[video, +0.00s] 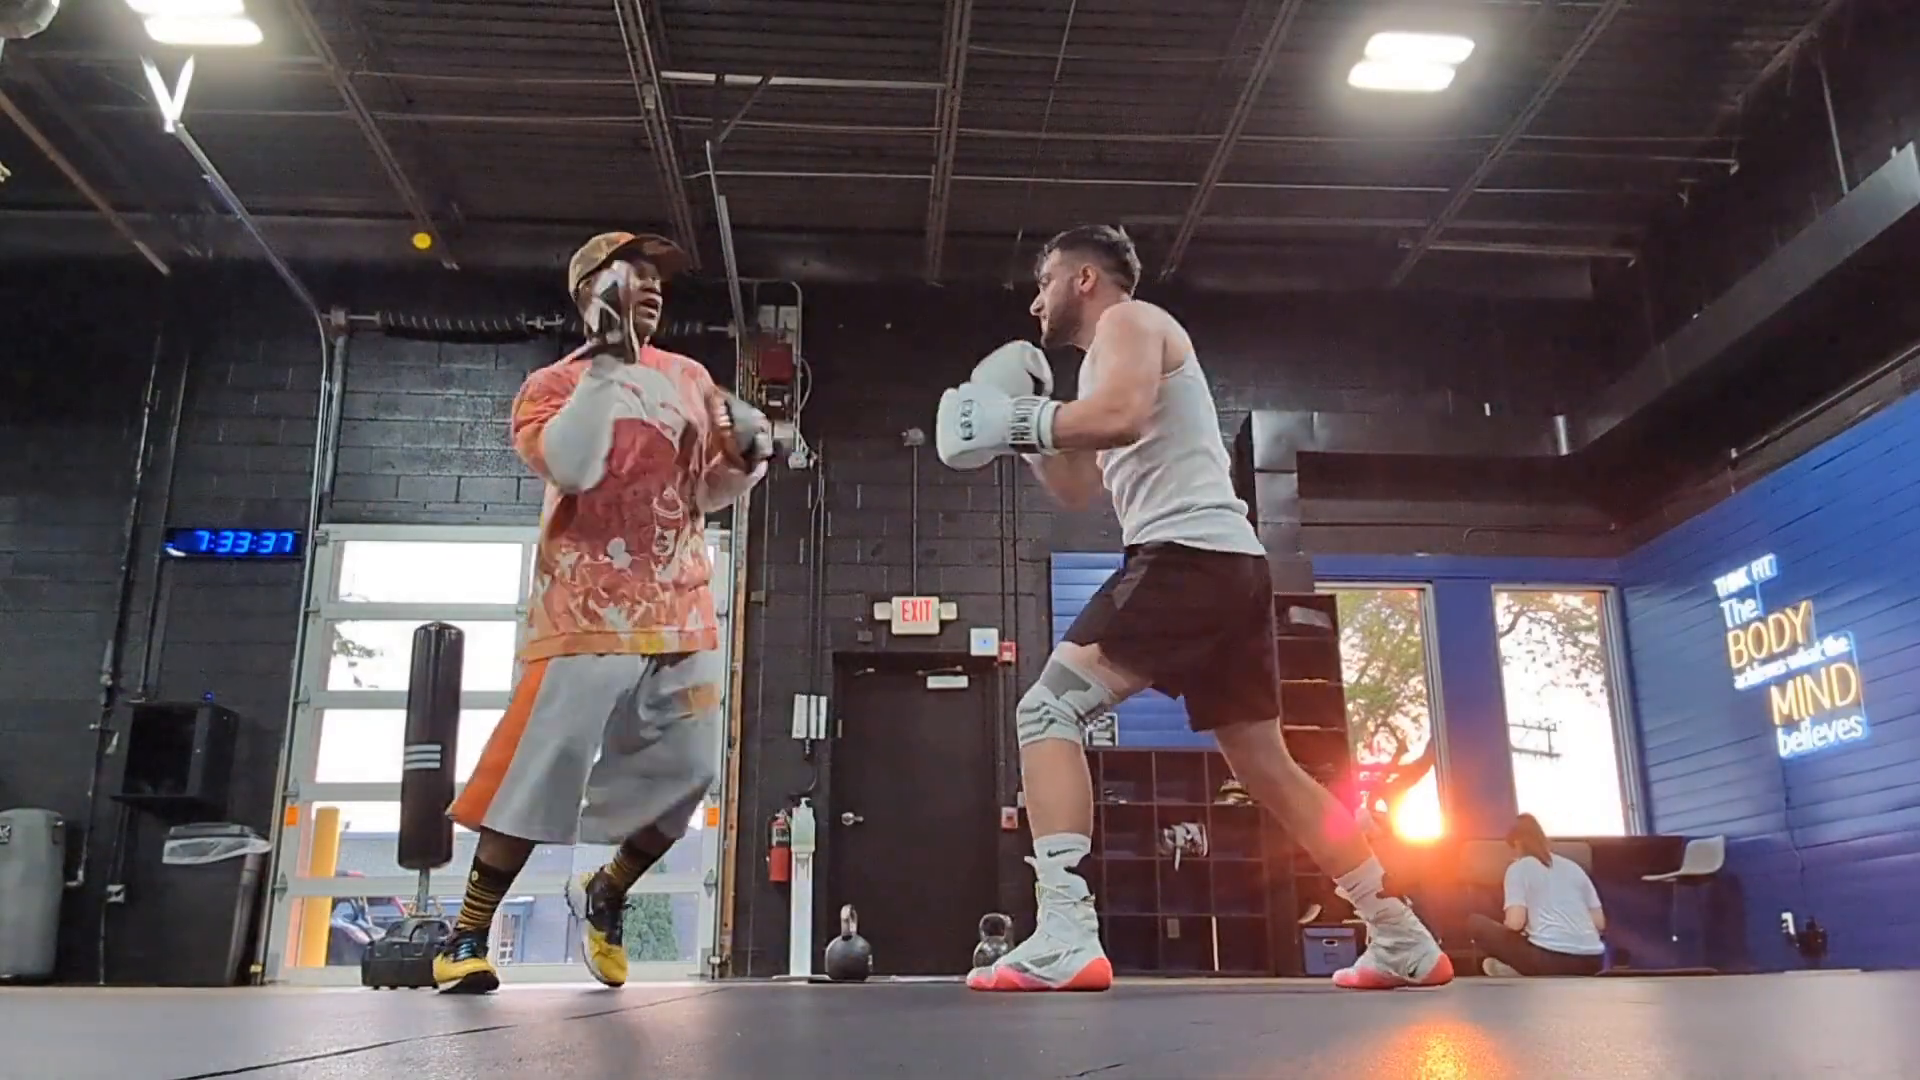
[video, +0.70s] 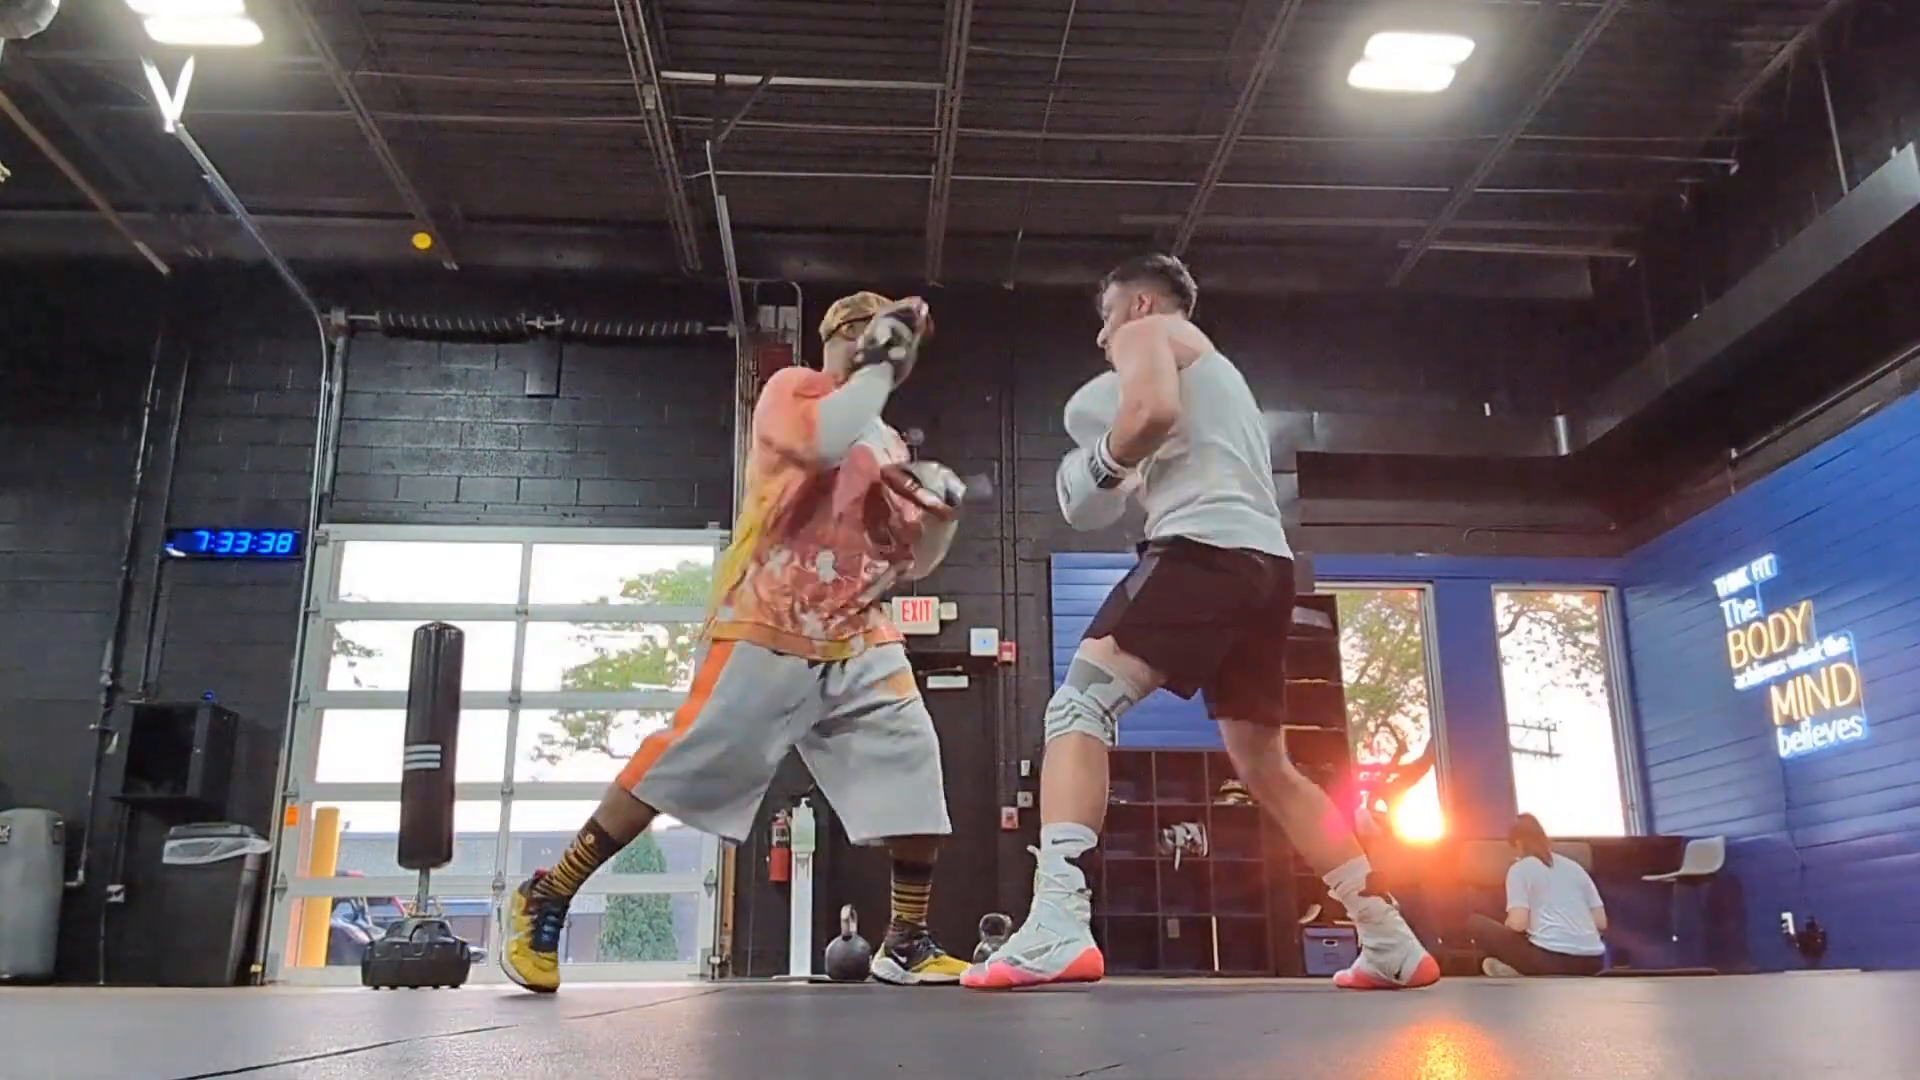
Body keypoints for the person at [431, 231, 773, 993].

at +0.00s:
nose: (649, 289)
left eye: (653, 279)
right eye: (632, 277)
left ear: (658, 296)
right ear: (590, 297)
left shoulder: (690, 378)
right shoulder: (553, 384)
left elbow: (709, 496)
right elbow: (571, 467)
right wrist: (609, 364)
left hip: (683, 606)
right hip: (587, 603)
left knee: (694, 764)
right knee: (548, 760)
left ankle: (607, 894)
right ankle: (471, 932)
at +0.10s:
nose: (682, 296)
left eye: (683, 286)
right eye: (665, 281)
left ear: (669, 303)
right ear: (617, 293)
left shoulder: (675, 385)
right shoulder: (588, 374)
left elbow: (684, 511)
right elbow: (684, 431)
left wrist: (719, 492)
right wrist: (743, 338)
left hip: (683, 602)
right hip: (599, 605)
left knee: (740, 743)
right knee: (547, 767)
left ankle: (656, 901)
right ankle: (468, 937)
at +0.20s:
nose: (706, 300)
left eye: (704, 290)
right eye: (690, 285)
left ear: (682, 307)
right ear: (643, 298)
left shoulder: (700, 394)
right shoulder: (612, 372)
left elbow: (748, 507)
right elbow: (693, 452)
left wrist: (753, 412)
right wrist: (790, 385)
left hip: (698, 602)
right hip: (614, 600)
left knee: (773, 741)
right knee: (562, 761)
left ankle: (761, 933)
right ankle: (465, 938)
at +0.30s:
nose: (741, 318)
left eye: (743, 307)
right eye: (724, 303)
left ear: (736, 323)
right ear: (675, 314)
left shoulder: (753, 400)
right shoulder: (628, 387)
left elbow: (836, 456)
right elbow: (661, 487)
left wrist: (780, 370)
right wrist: (782, 479)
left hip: (731, 619)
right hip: (636, 617)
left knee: (800, 766)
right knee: (565, 773)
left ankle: (857, 934)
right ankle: (468, 938)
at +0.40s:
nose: (789, 325)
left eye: (795, 318)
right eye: (769, 310)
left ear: (798, 339)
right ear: (720, 324)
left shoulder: (816, 402)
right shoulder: (663, 413)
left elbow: (913, 396)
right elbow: (619, 522)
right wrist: (721, 548)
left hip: (777, 646)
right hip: (658, 638)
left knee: (855, 784)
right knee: (569, 784)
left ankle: (899, 942)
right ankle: (475, 936)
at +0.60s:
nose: (875, 338)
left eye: (881, 330)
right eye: (858, 322)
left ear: (879, 352)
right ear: (810, 335)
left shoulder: (902, 428)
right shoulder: (749, 411)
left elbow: (996, 465)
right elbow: (683, 505)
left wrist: (1015, 419)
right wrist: (755, 458)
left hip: (848, 644)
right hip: (737, 641)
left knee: (907, 762)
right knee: (656, 770)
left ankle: (908, 943)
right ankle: (512, 902)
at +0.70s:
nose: (877, 358)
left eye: (887, 349)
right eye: (864, 341)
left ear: (896, 364)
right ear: (832, 346)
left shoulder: (888, 445)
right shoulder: (789, 389)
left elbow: (912, 565)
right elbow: (827, 439)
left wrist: (942, 518)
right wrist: (884, 360)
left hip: (859, 628)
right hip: (772, 617)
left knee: (913, 753)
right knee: (698, 749)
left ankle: (906, 941)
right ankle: (547, 897)